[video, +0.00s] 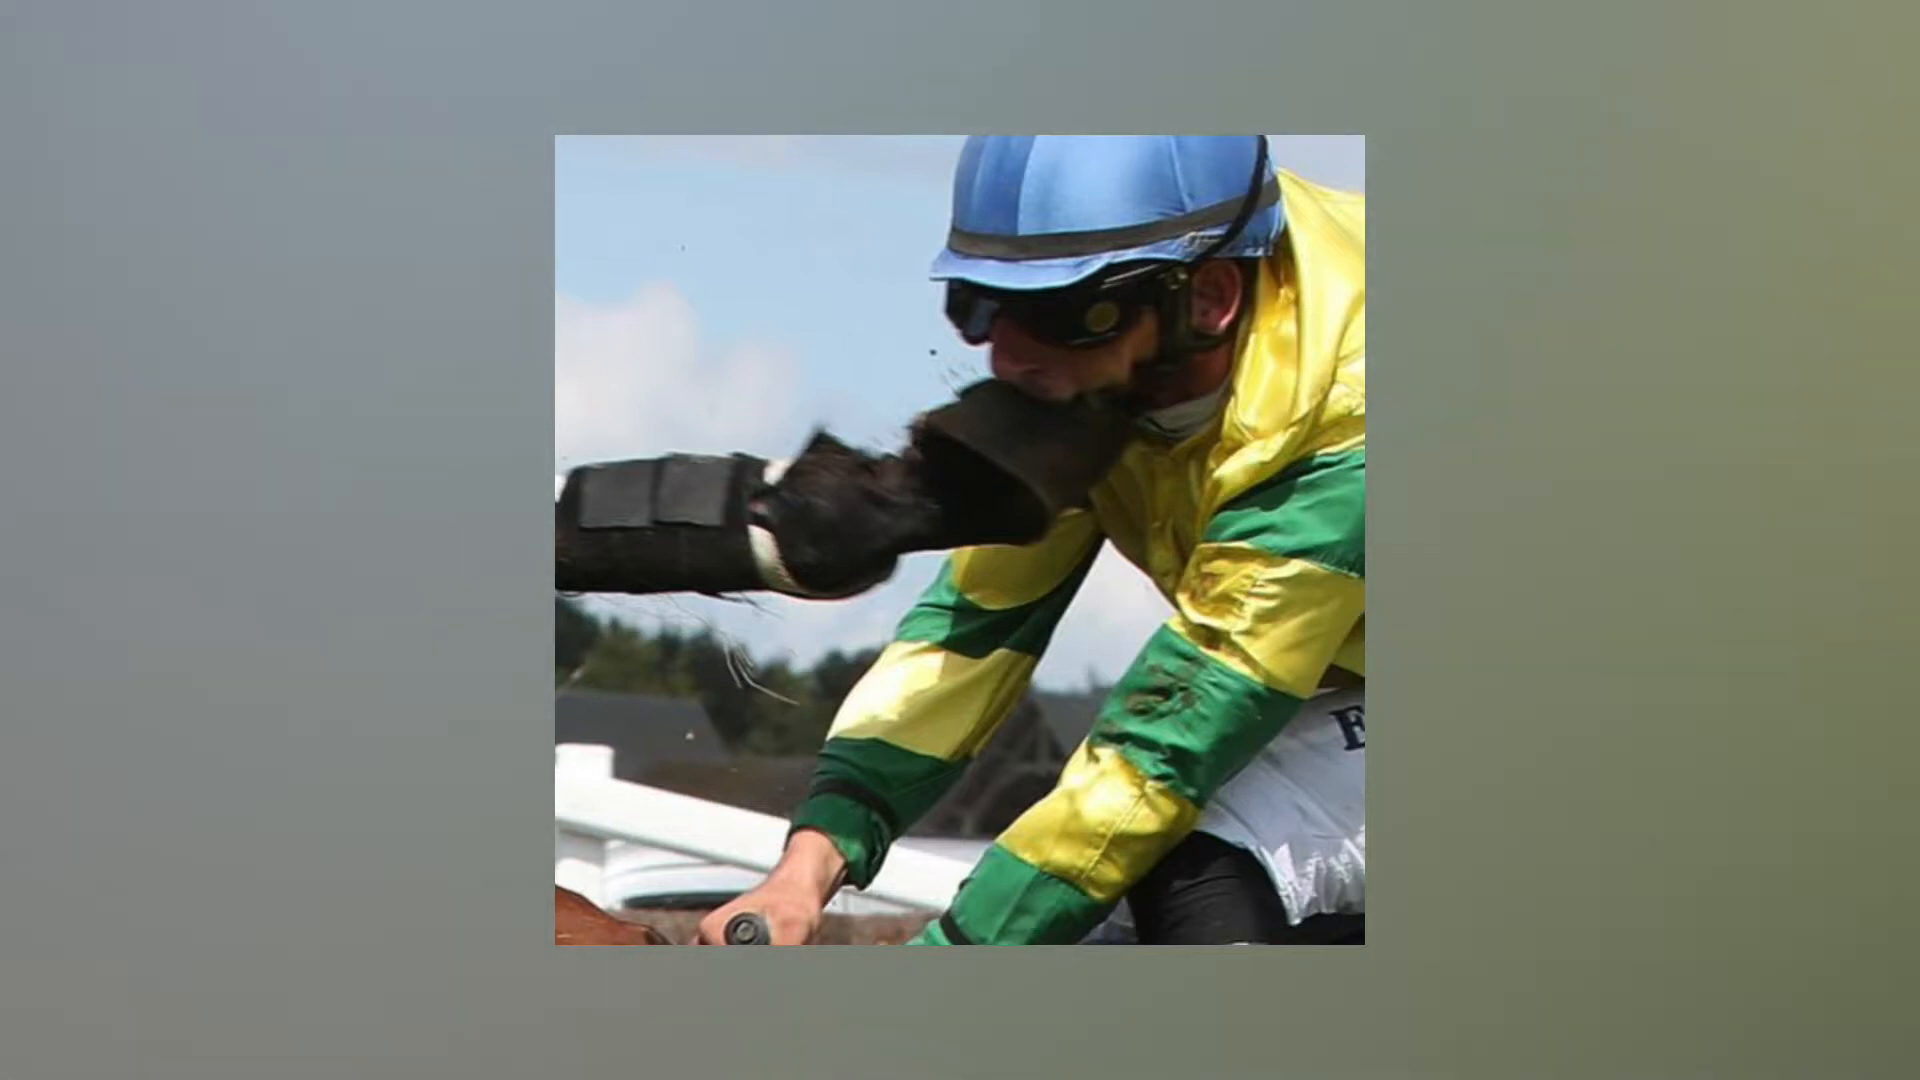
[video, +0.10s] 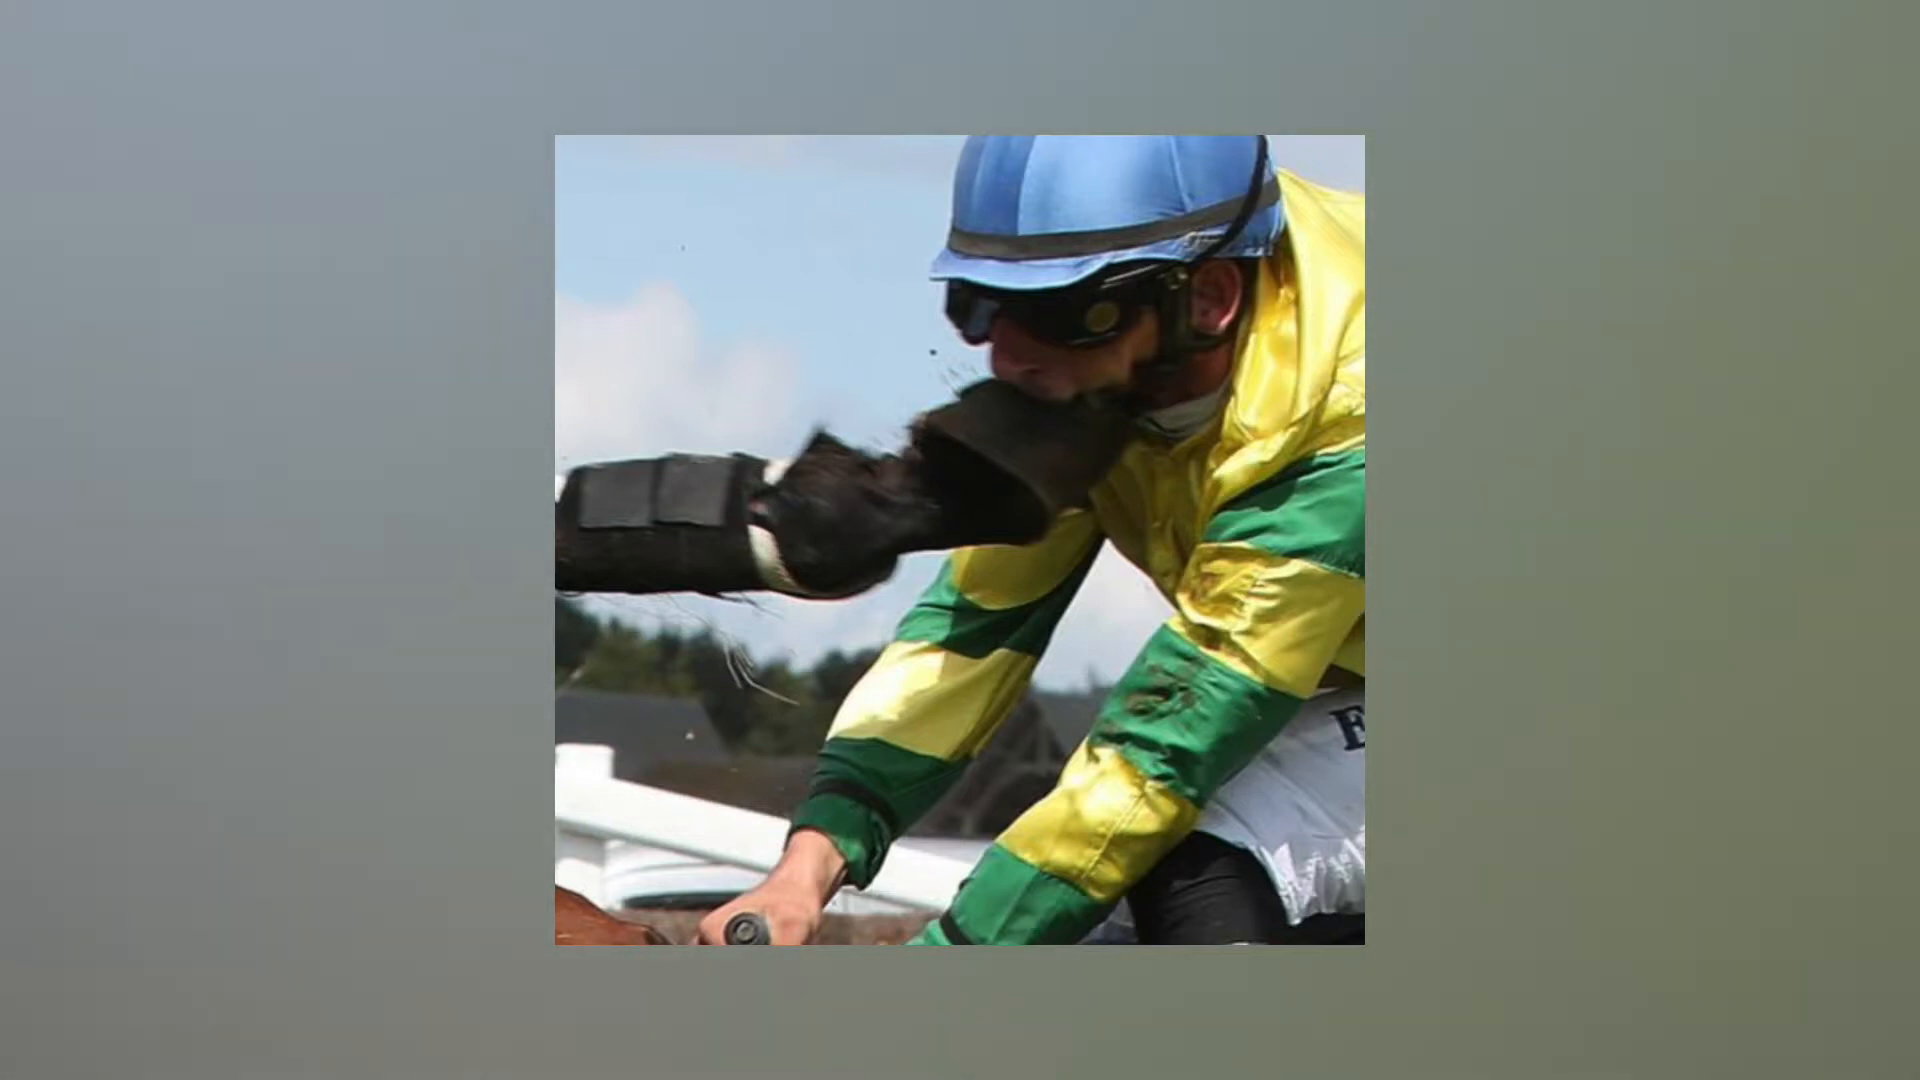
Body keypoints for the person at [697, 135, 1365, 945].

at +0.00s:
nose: (1005, 358)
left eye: (1055, 318)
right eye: (987, 309)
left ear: (1209, 299)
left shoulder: (1341, 429)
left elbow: (1159, 752)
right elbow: (969, 623)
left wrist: (932, 964)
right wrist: (804, 873)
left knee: (1204, 863)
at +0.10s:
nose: (1005, 358)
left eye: (1055, 318)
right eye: (988, 309)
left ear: (1209, 299)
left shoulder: (1341, 429)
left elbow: (1159, 752)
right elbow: (969, 623)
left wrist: (931, 967)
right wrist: (804, 872)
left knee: (1204, 862)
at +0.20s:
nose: (1005, 358)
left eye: (1055, 318)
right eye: (987, 309)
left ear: (1209, 299)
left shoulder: (1341, 429)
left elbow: (1159, 752)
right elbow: (969, 623)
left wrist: (932, 964)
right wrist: (804, 873)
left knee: (1204, 863)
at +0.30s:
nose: (1005, 358)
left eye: (1055, 318)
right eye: (987, 309)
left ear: (1209, 299)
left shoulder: (1341, 429)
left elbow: (1159, 753)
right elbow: (969, 623)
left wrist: (932, 964)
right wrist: (804, 873)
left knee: (1204, 863)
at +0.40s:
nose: (1005, 358)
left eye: (1055, 318)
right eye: (987, 309)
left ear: (1209, 299)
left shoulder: (1341, 429)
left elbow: (1159, 752)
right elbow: (969, 623)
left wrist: (932, 964)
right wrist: (804, 873)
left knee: (1204, 863)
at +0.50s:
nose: (1005, 358)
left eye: (1055, 318)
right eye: (988, 309)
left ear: (1209, 299)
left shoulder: (1341, 428)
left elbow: (1159, 752)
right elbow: (969, 623)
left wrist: (931, 967)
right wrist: (804, 872)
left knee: (1204, 862)